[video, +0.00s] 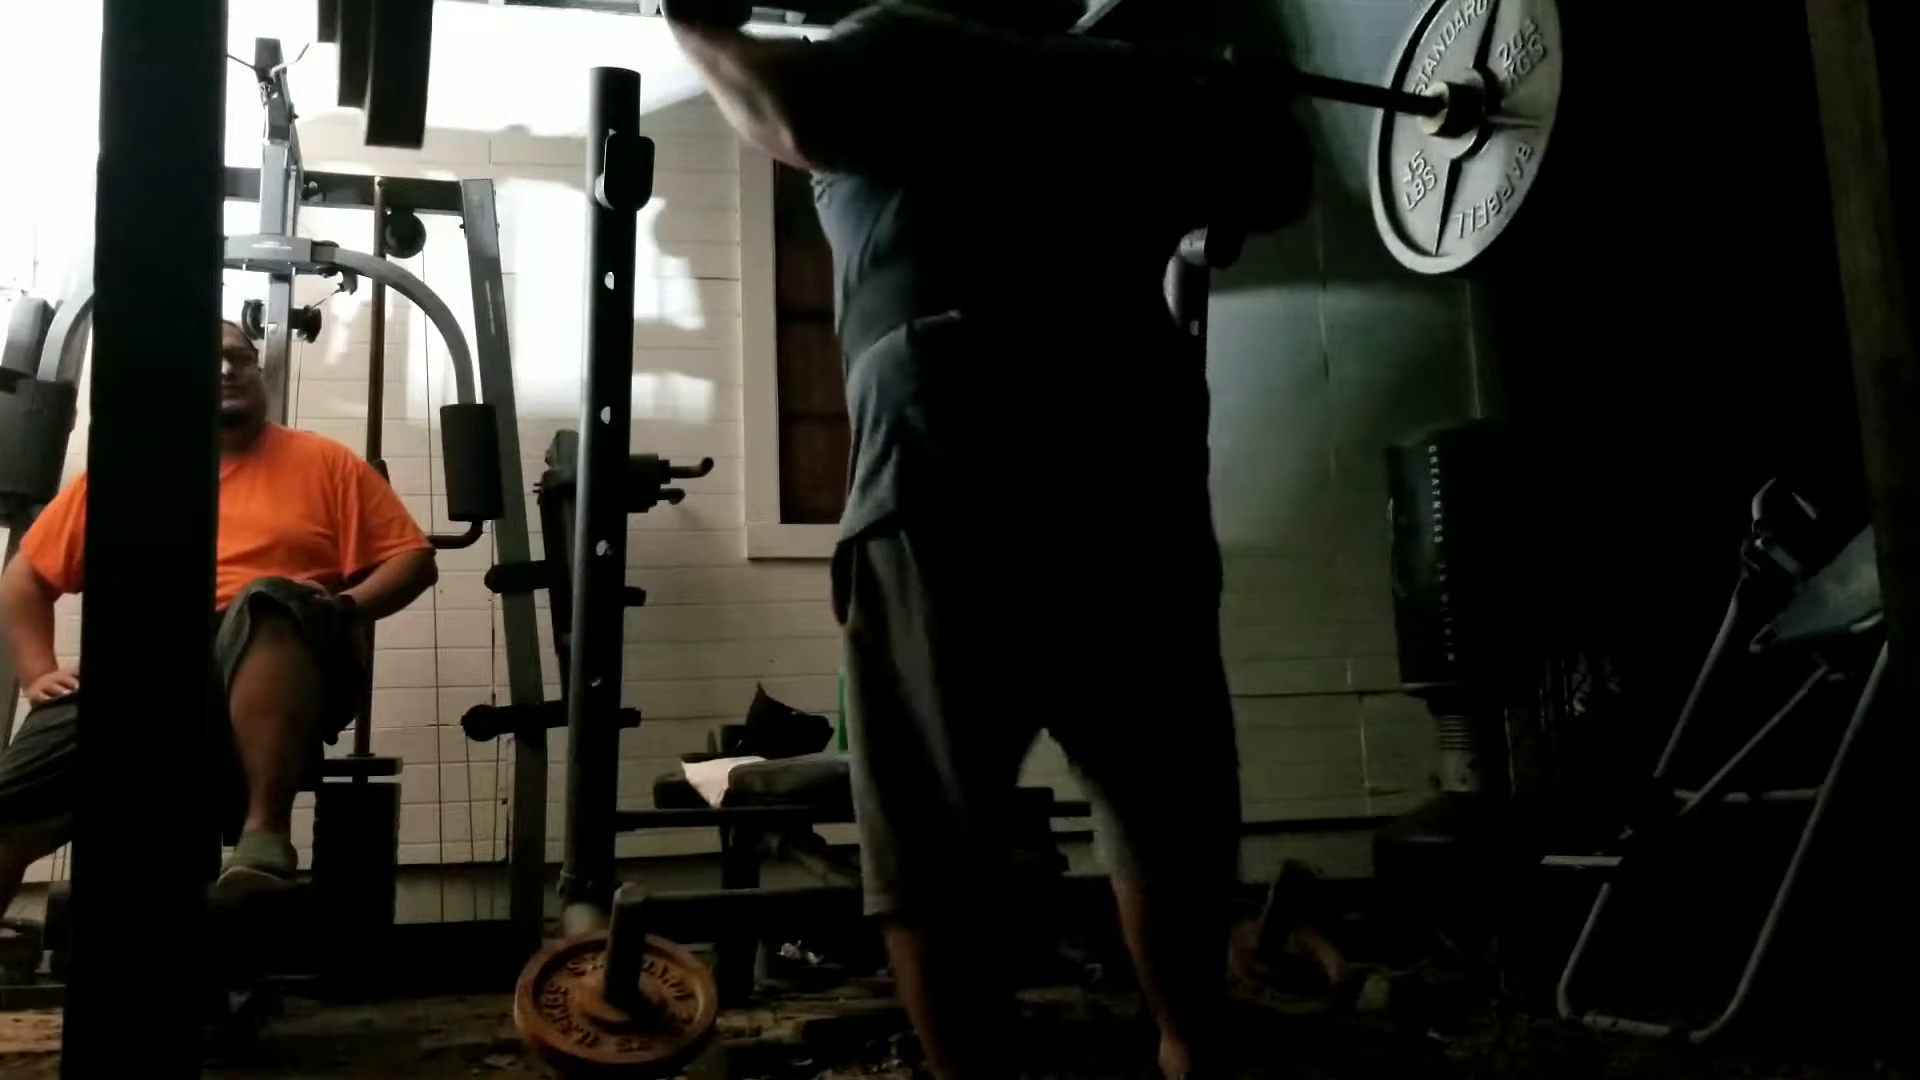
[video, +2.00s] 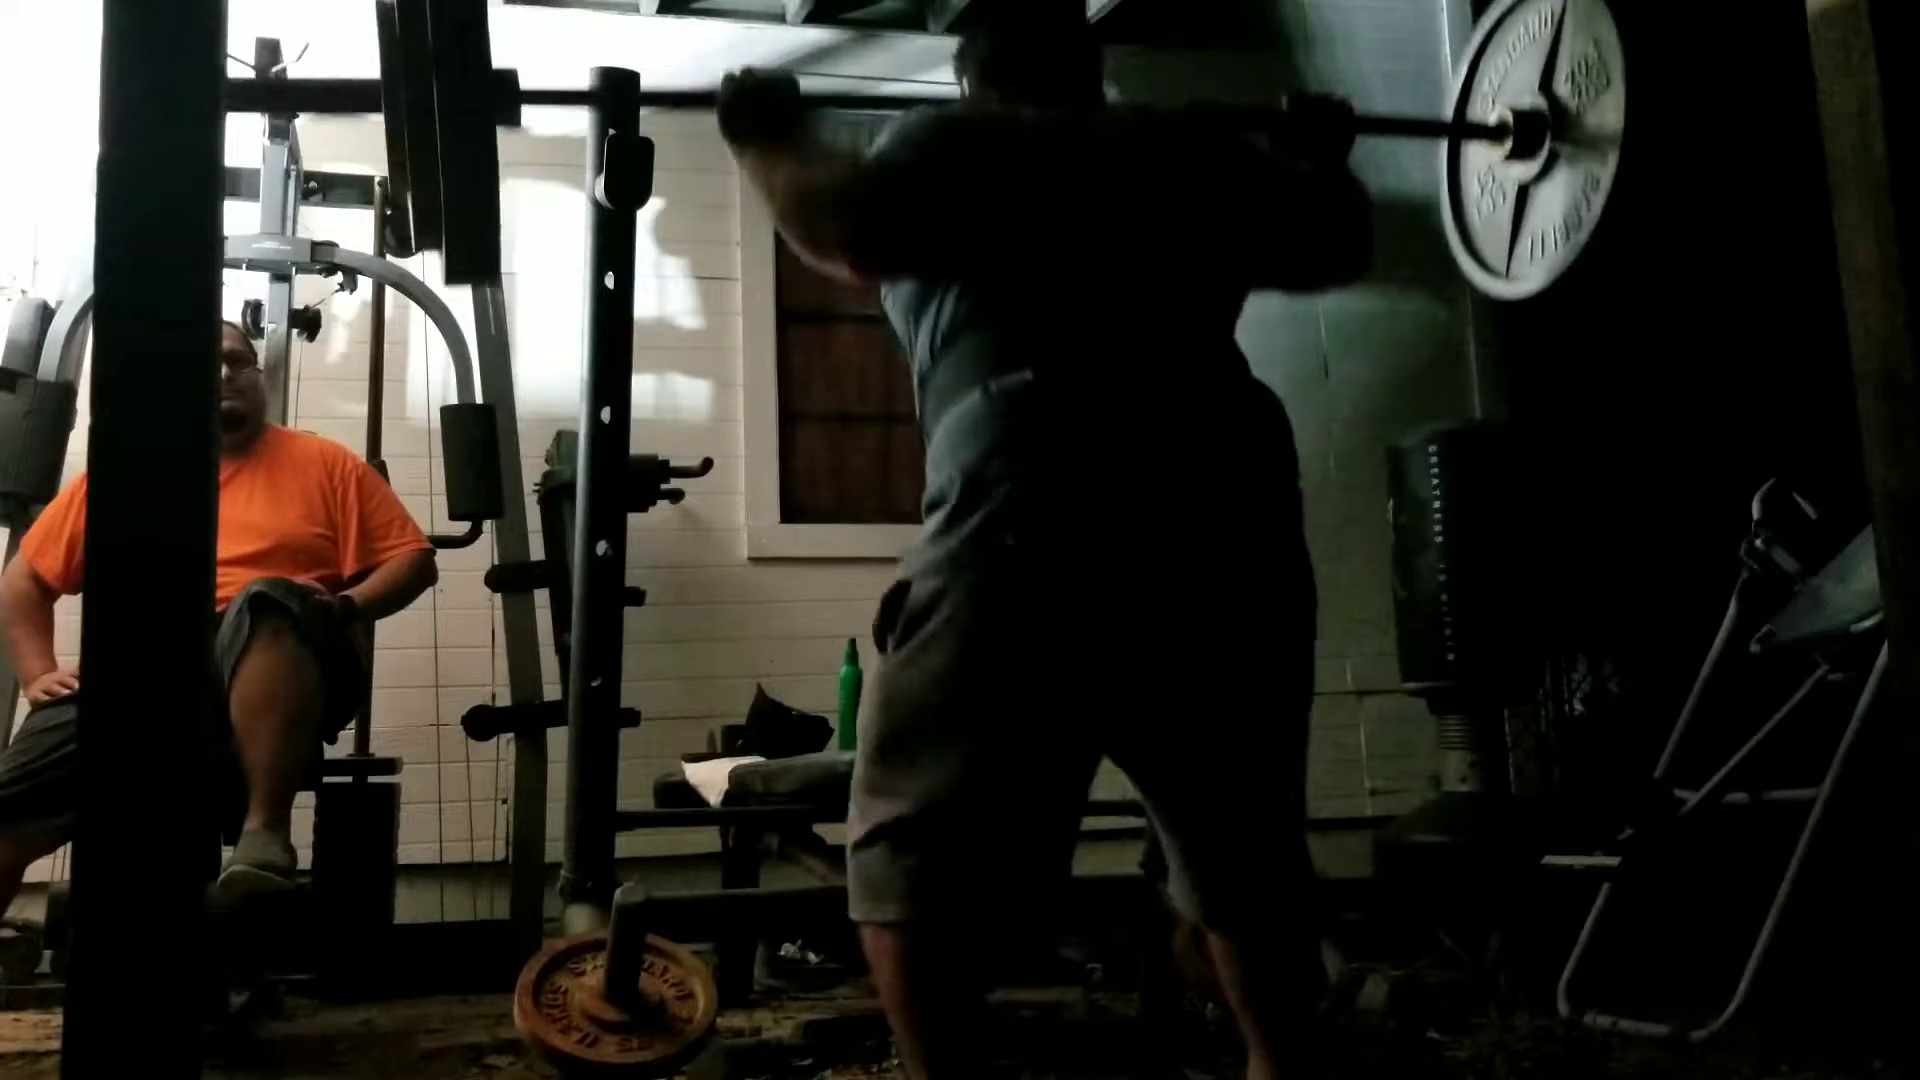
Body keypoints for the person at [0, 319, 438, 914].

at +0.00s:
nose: (228, 370)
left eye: (240, 358)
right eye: (211, 360)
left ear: (263, 374)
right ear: (185, 378)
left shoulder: (325, 463)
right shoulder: (133, 466)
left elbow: (414, 558)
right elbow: (24, 575)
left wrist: (347, 603)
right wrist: (37, 670)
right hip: (144, 666)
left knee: (272, 603)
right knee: (13, 805)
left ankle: (265, 830)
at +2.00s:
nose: (225, 374)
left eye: (238, 361)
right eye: (209, 362)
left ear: (263, 377)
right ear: (184, 379)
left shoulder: (325, 464)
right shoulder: (130, 468)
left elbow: (413, 558)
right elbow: (24, 575)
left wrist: (349, 603)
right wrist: (38, 671)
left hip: (283, 667)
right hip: (143, 666)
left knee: (272, 604)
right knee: (10, 817)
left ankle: (264, 830)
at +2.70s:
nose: (231, 382)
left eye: (244, 368)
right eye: (214, 368)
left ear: (269, 381)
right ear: (187, 381)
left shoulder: (324, 464)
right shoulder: (132, 467)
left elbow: (414, 559)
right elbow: (24, 575)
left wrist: (347, 604)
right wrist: (36, 672)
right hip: (144, 666)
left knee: (272, 604)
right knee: (11, 807)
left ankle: (266, 829)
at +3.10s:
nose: (228, 374)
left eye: (239, 362)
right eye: (212, 363)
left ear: (262, 376)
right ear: (185, 377)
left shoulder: (319, 460)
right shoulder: (132, 465)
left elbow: (405, 566)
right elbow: (24, 576)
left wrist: (347, 605)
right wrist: (37, 670)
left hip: (287, 664)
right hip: (147, 664)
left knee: (270, 605)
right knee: (11, 809)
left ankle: (264, 831)